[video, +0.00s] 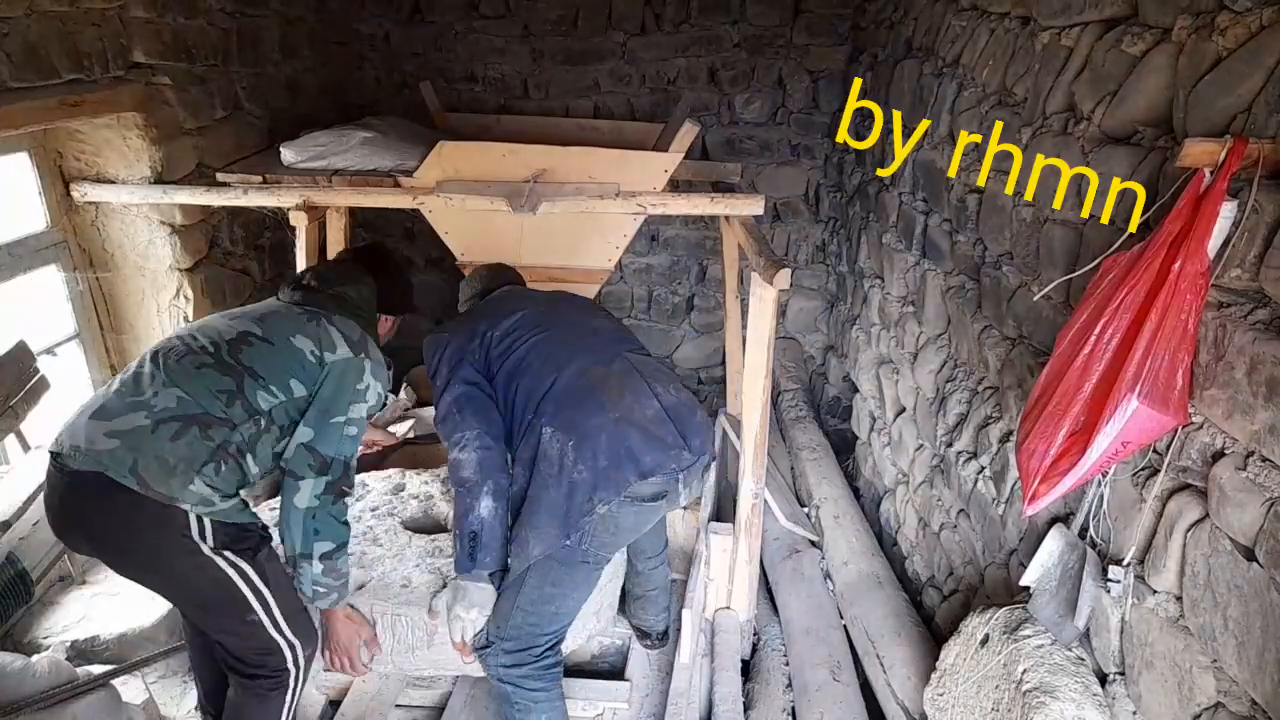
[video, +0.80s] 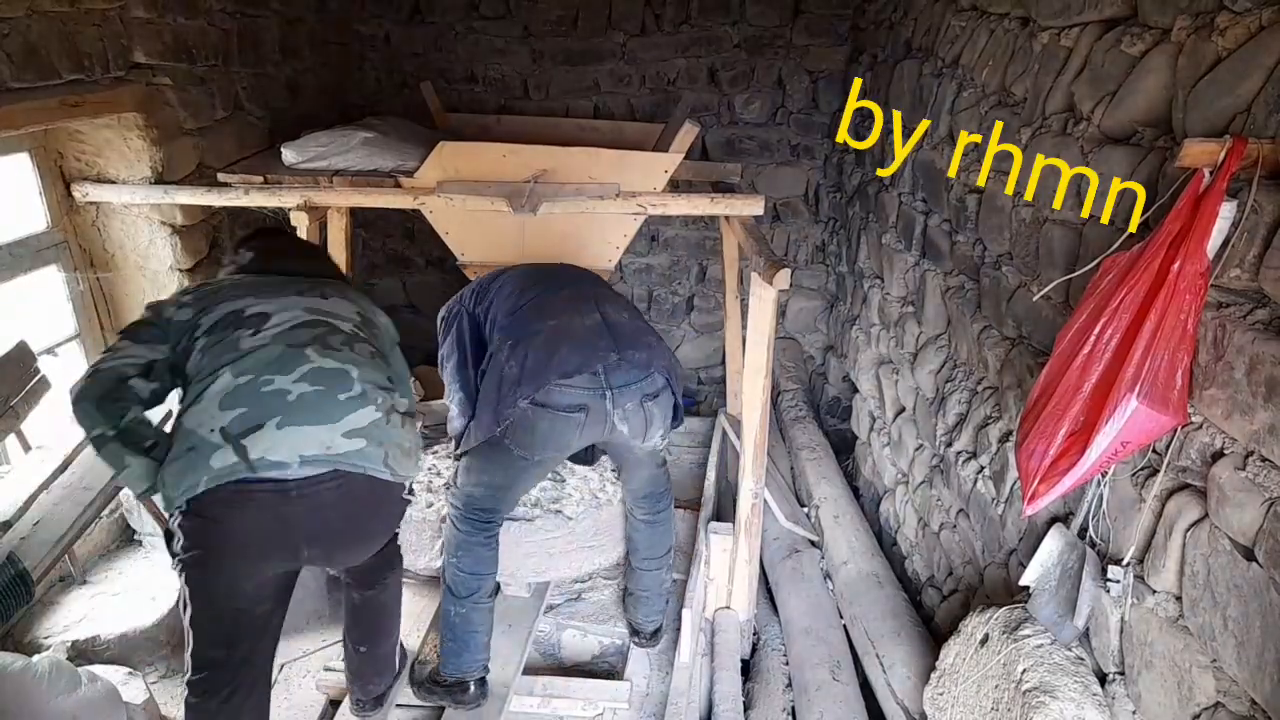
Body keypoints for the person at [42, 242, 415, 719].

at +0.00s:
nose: (392, 333)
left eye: (393, 324)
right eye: (395, 324)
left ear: (322, 287)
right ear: (384, 322)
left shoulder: (269, 314)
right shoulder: (357, 358)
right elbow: (315, 490)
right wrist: (333, 604)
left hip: (72, 483)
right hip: (150, 500)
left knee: (209, 607)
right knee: (281, 653)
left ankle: (219, 709)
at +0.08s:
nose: (403, 339)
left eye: (404, 333)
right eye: (405, 332)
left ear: (332, 295)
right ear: (396, 328)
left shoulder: (279, 320)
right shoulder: (374, 367)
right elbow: (325, 494)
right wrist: (348, 594)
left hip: (102, 489)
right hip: (181, 507)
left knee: (234, 584)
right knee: (320, 645)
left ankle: (232, 707)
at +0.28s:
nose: (377, 318)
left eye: (379, 309)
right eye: (380, 308)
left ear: (314, 270)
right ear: (369, 307)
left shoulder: (252, 300)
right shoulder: (347, 345)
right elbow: (359, 457)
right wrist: (406, 528)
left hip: (76, 472)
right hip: (149, 491)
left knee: (224, 586)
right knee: (294, 624)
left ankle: (228, 706)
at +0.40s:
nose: (344, 293)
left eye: (350, 282)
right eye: (350, 279)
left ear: (273, 224)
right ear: (335, 266)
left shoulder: (166, 264)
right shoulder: (311, 317)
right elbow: (301, 476)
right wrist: (310, 602)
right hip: (128, 541)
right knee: (250, 706)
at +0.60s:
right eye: (247, 300)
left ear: (145, 298)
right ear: (234, 298)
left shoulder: (89, 340)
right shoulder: (265, 327)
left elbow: (34, 488)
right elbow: (321, 428)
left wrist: (94, 578)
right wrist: (333, 504)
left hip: (139, 548)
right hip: (282, 515)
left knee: (181, 691)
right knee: (335, 589)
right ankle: (356, 701)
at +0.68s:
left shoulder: (63, 508)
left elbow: (7, 603)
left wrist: (103, 652)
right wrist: (182, 619)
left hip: (242, 570)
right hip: (370, 509)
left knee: (233, 682)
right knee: (373, 582)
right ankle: (364, 702)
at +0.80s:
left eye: (223, 264)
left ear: (237, 265)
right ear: (318, 264)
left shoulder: (197, 301)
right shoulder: (361, 306)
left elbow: (98, 393)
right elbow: (404, 398)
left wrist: (162, 478)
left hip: (232, 514)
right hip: (358, 498)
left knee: (223, 684)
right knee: (373, 568)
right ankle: (372, 687)